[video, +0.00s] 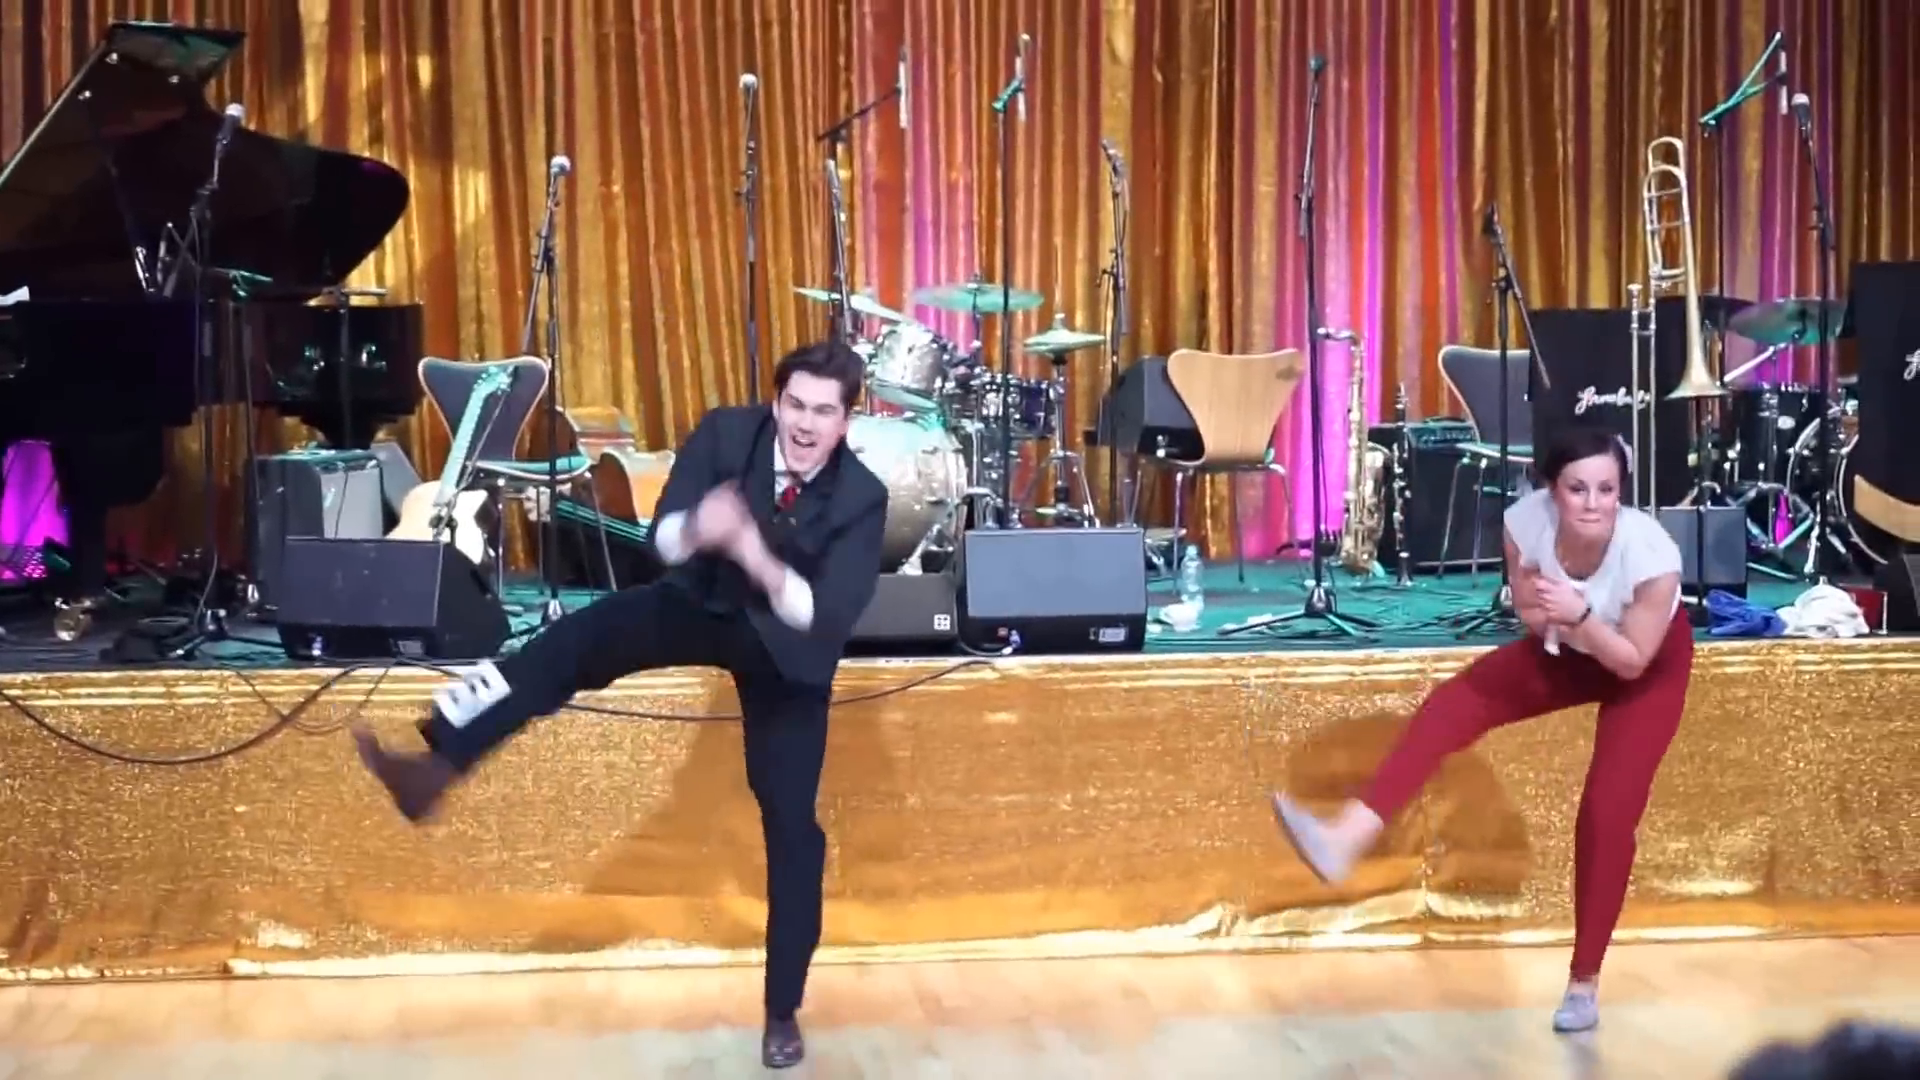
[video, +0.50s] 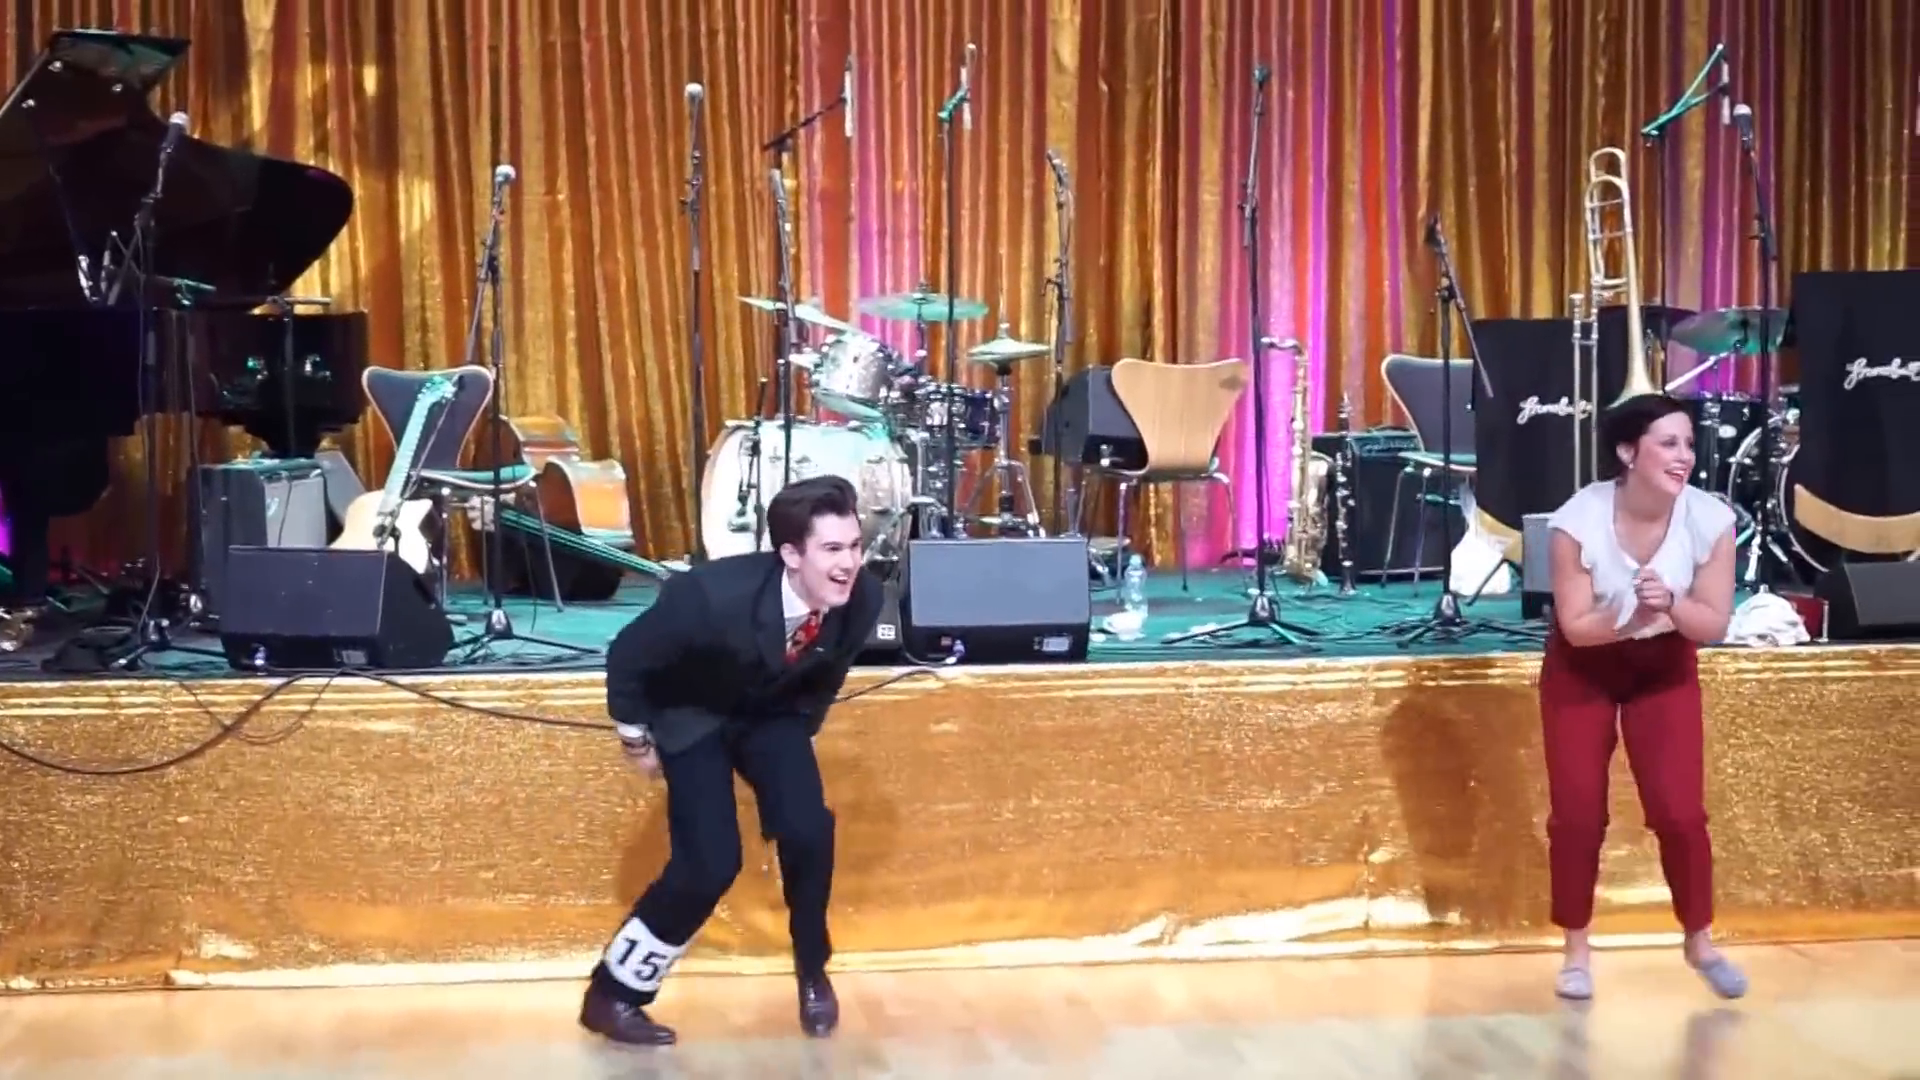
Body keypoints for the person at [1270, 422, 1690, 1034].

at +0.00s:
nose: (1593, 504)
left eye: (1607, 489)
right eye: (1578, 489)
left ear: (1623, 491)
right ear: (1551, 488)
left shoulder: (1651, 552)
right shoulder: (1525, 522)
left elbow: (1633, 660)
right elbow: (1527, 612)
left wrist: (1580, 613)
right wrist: (1545, 610)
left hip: (1650, 663)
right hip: (1572, 651)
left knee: (1607, 809)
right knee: (1454, 702)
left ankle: (1584, 983)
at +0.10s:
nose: (1613, 513)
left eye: (1625, 500)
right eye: (1598, 500)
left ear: (1637, 504)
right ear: (1568, 502)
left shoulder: (1659, 568)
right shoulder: (1531, 536)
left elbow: (1641, 673)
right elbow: (1531, 628)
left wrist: (1597, 625)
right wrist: (1566, 628)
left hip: (1652, 669)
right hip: (1567, 658)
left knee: (1604, 811)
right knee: (1478, 760)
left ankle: (1581, 980)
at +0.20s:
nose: (1636, 514)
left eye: (1646, 501)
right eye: (1620, 500)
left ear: (1657, 508)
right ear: (1587, 507)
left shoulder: (1671, 574)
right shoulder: (1541, 550)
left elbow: (1652, 680)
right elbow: (1533, 648)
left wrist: (1619, 633)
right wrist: (1587, 647)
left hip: (1645, 691)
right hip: (1566, 682)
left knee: (1591, 805)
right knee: (1533, 823)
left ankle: (1568, 986)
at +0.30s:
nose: (1658, 496)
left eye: (1666, 484)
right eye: (1642, 484)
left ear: (1674, 491)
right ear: (1605, 492)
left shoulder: (1684, 554)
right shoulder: (1556, 542)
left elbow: (1674, 657)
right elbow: (1547, 653)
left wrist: (1646, 623)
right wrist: (1616, 643)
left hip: (1648, 683)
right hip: (1571, 682)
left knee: (1612, 819)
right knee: (1584, 823)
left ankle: (1576, 980)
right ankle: (1660, 962)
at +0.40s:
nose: (1671, 470)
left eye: (1678, 458)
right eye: (1656, 458)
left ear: (1684, 465)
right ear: (1617, 466)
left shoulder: (1697, 531)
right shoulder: (1565, 526)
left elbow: (1690, 632)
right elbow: (1558, 635)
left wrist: (1663, 599)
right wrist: (1631, 623)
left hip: (1656, 665)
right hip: (1575, 667)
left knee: (1635, 799)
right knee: (1573, 816)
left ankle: (1628, 959)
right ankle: (1611, 941)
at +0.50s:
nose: (1683, 456)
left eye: (1689, 445)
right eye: (1668, 444)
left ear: (1694, 454)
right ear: (1628, 453)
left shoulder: (1709, 520)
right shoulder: (1579, 521)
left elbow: (1714, 625)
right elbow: (1575, 627)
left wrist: (1672, 602)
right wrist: (1631, 616)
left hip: (1664, 666)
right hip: (1581, 669)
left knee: (1681, 814)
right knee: (1578, 815)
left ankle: (1699, 942)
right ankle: (1576, 951)